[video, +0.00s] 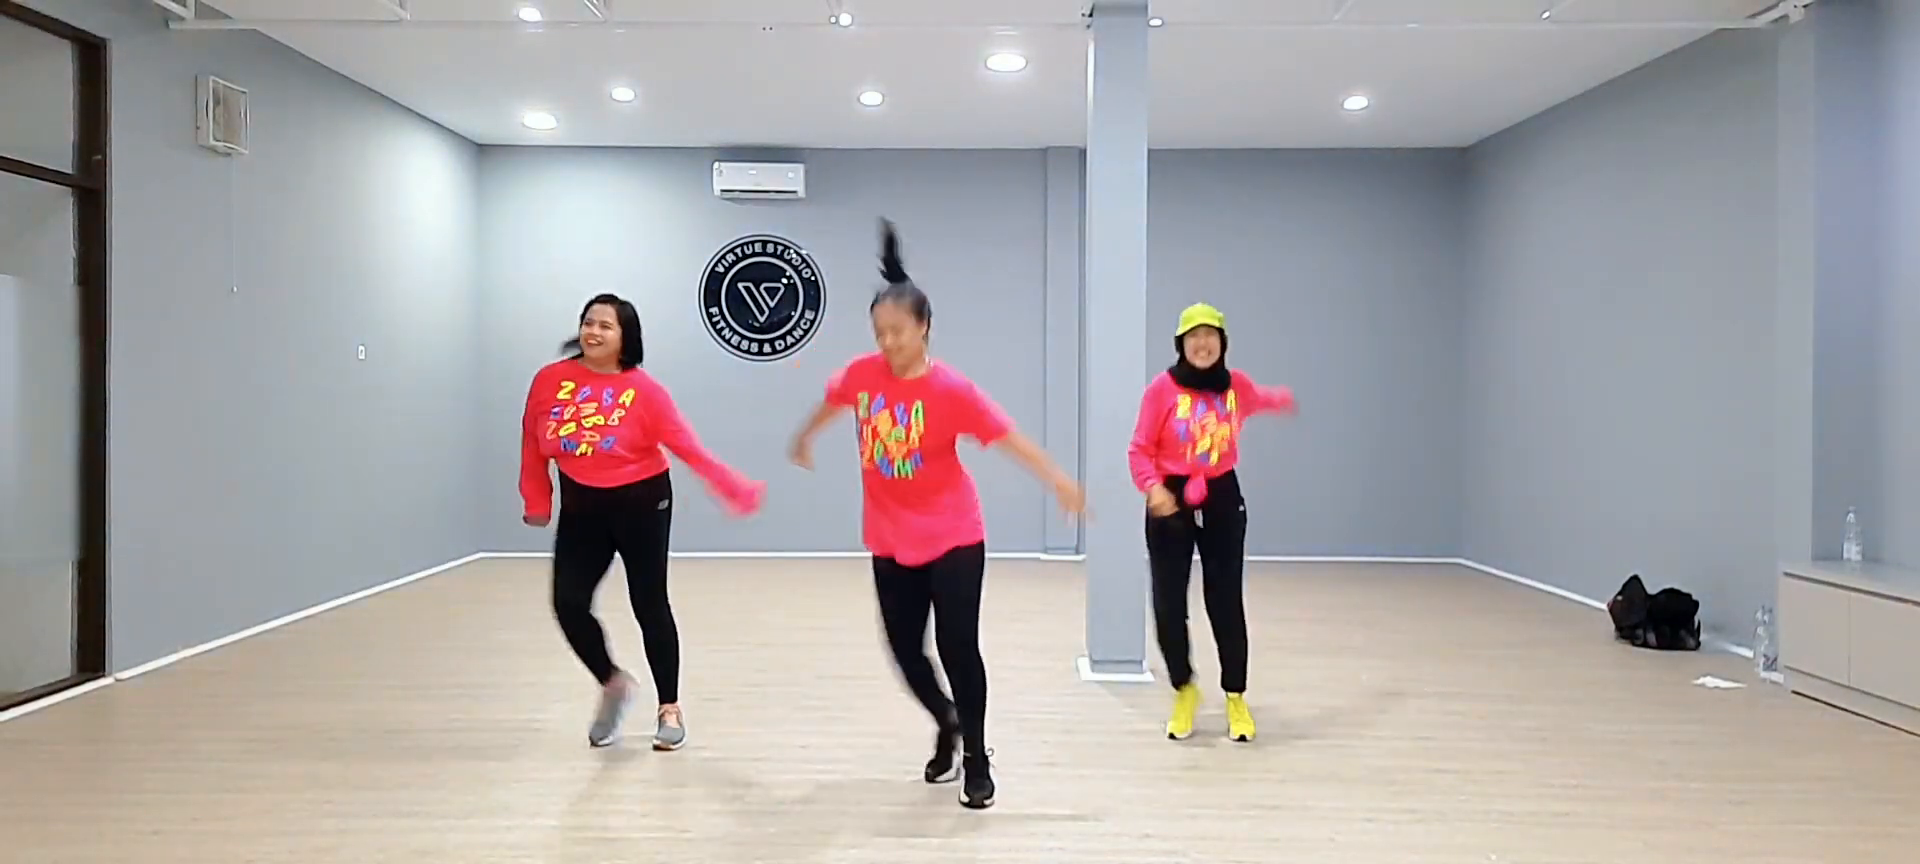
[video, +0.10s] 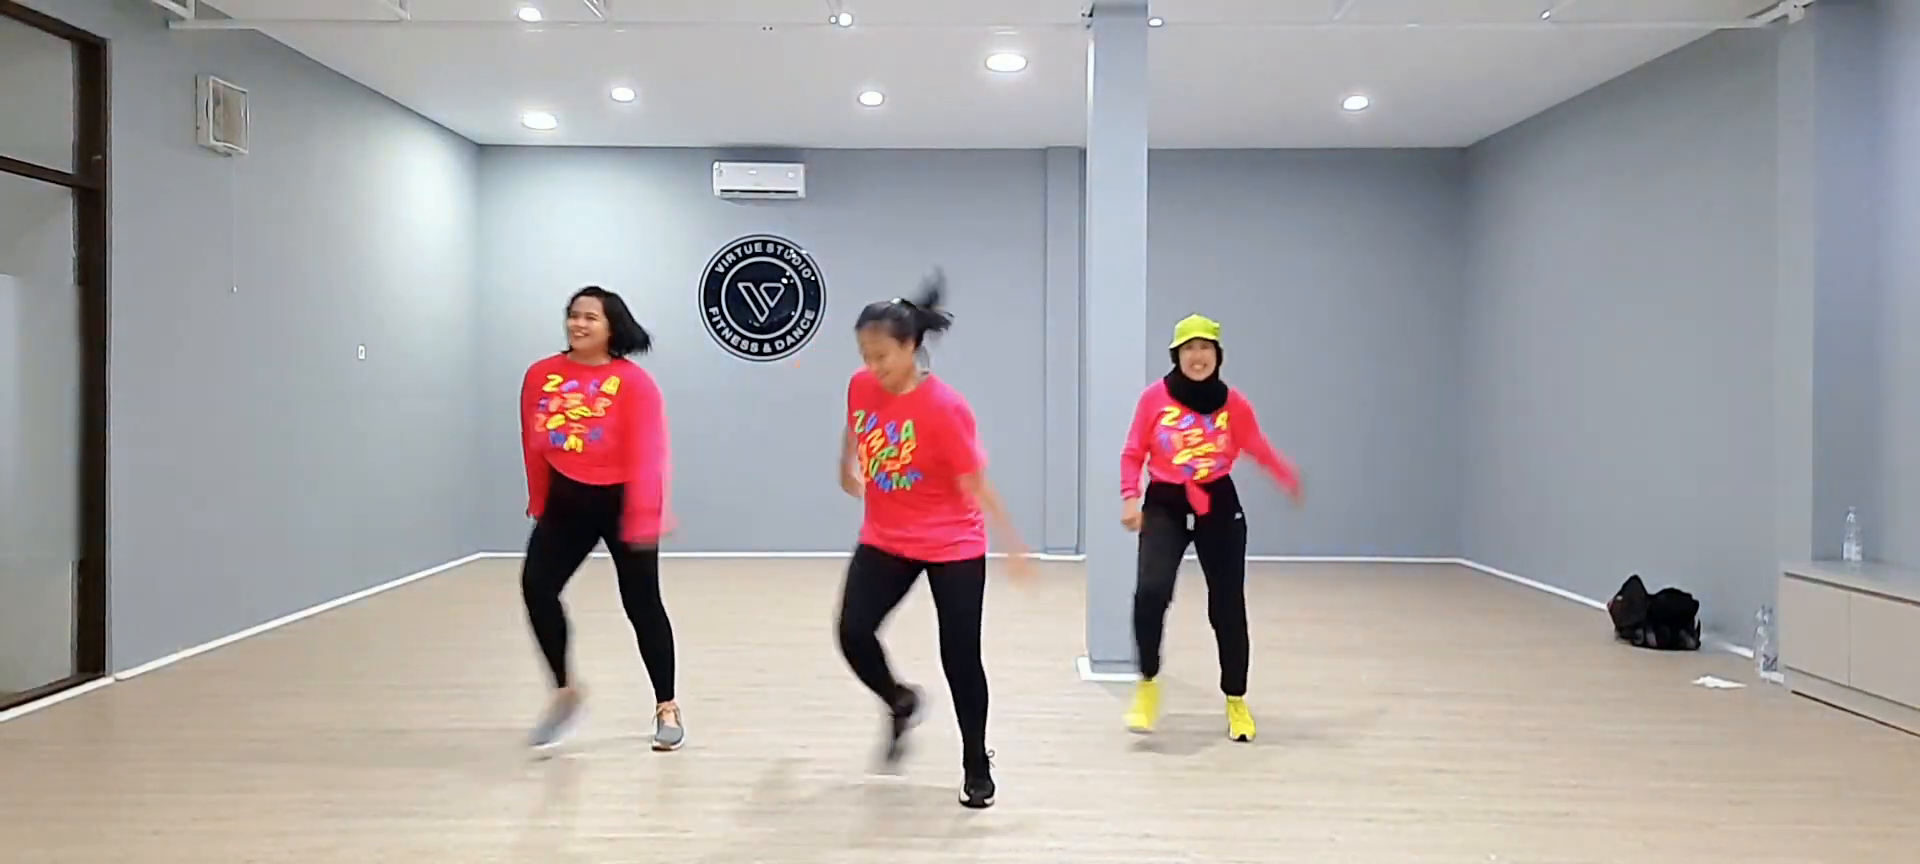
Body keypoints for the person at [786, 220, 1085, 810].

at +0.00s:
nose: (885, 341)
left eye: (895, 330)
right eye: (878, 331)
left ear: (923, 328)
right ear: (873, 331)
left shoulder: (952, 390)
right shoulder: (861, 376)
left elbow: (1011, 440)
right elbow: (832, 404)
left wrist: (1060, 482)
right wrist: (803, 438)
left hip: (952, 536)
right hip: (891, 540)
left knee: (957, 647)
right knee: (905, 649)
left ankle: (976, 755)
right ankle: (947, 722)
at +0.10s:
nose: (872, 367)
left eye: (880, 357)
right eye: (866, 357)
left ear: (911, 348)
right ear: (863, 351)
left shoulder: (945, 409)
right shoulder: (863, 387)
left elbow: (979, 484)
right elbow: (854, 432)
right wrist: (847, 468)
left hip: (955, 543)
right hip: (888, 538)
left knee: (960, 656)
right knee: (853, 634)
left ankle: (976, 764)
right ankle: (900, 701)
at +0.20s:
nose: (854, 381)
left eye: (862, 371)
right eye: (849, 372)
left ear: (893, 362)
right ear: (846, 367)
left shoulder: (921, 417)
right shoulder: (853, 400)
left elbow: (922, 510)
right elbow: (870, 472)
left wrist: (932, 589)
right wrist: (870, 533)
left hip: (941, 545)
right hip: (880, 535)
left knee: (951, 659)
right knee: (820, 608)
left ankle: (976, 763)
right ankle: (823, 735)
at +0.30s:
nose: (835, 385)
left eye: (843, 375)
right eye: (831, 374)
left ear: (874, 368)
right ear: (829, 369)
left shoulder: (901, 419)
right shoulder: (836, 405)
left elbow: (862, 504)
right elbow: (843, 486)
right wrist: (841, 545)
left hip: (918, 559)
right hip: (854, 549)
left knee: (938, 680)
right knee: (794, 656)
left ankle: (976, 759)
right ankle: (775, 786)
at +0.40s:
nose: (830, 352)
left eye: (840, 341)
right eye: (822, 341)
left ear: (865, 341)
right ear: (814, 340)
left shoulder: (882, 393)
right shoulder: (810, 380)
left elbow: (832, 447)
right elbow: (806, 447)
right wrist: (794, 493)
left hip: (886, 535)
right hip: (820, 529)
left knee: (922, 658)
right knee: (771, 652)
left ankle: (967, 748)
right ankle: (771, 785)